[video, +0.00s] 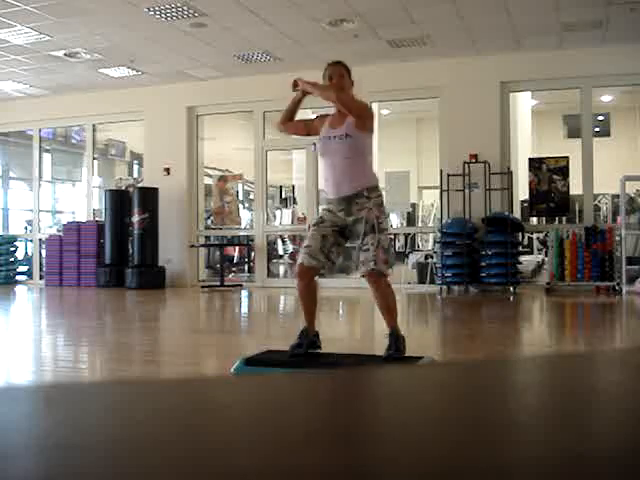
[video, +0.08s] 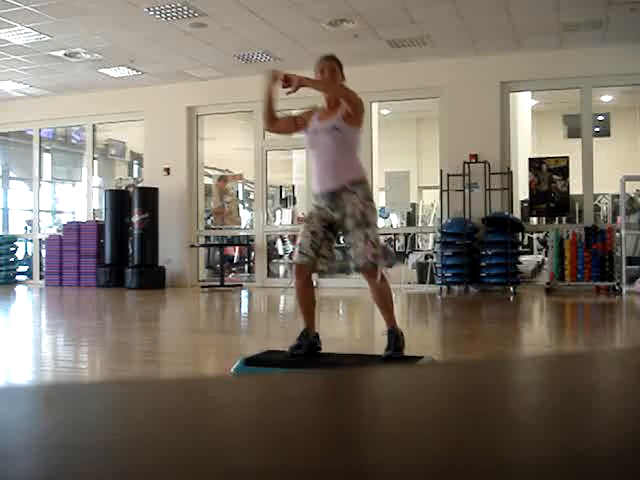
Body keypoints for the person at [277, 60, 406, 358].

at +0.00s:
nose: (336, 82)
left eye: (341, 77)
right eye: (330, 79)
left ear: (353, 82)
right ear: (324, 86)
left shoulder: (363, 114)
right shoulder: (322, 123)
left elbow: (339, 99)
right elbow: (284, 125)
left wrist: (309, 87)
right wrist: (300, 96)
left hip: (365, 203)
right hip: (332, 207)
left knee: (373, 272)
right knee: (304, 270)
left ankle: (395, 335)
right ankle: (310, 332)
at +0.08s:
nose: (324, 77)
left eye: (330, 71)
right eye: (320, 73)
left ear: (342, 76)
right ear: (315, 79)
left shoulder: (351, 110)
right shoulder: (311, 118)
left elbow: (345, 95)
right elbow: (272, 124)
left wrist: (304, 82)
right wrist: (270, 87)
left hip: (354, 195)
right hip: (323, 200)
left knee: (369, 267)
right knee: (301, 267)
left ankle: (393, 331)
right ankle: (310, 335)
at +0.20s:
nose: (316, 59)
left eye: (321, 54)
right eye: (311, 55)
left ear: (330, 60)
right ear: (304, 61)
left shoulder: (340, 90)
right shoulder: (296, 97)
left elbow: (359, 107)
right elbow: (265, 125)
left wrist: (338, 97)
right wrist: (246, 110)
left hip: (341, 172)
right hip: (308, 178)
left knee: (352, 242)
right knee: (304, 253)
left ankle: (381, 295)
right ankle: (305, 326)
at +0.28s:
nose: (309, 60)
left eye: (315, 55)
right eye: (304, 55)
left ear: (324, 61)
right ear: (297, 63)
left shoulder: (337, 94)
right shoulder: (291, 99)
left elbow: (361, 121)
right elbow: (268, 133)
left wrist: (349, 138)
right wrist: (250, 134)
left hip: (335, 172)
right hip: (304, 178)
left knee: (338, 233)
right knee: (299, 252)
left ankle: (371, 261)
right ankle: (303, 324)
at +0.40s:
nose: (302, 78)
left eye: (307, 73)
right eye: (297, 73)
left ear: (315, 78)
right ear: (289, 80)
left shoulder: (327, 117)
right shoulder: (281, 119)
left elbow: (352, 158)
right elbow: (271, 155)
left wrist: (367, 197)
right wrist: (264, 180)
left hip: (325, 191)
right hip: (294, 196)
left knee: (322, 247)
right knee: (289, 270)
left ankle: (357, 237)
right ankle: (305, 333)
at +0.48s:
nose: (301, 80)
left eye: (306, 76)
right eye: (296, 76)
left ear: (314, 82)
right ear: (287, 82)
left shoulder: (325, 120)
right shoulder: (278, 122)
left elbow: (349, 163)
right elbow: (269, 161)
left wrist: (364, 200)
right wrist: (265, 184)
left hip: (324, 195)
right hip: (292, 200)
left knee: (315, 249)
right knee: (285, 270)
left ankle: (352, 243)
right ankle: (304, 333)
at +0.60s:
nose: (297, 65)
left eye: (302, 60)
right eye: (292, 61)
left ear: (310, 66)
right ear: (284, 67)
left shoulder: (325, 103)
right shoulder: (276, 107)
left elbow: (344, 141)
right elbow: (266, 144)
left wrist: (338, 174)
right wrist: (266, 172)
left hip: (322, 178)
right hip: (290, 183)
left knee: (310, 243)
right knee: (291, 257)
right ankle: (302, 327)